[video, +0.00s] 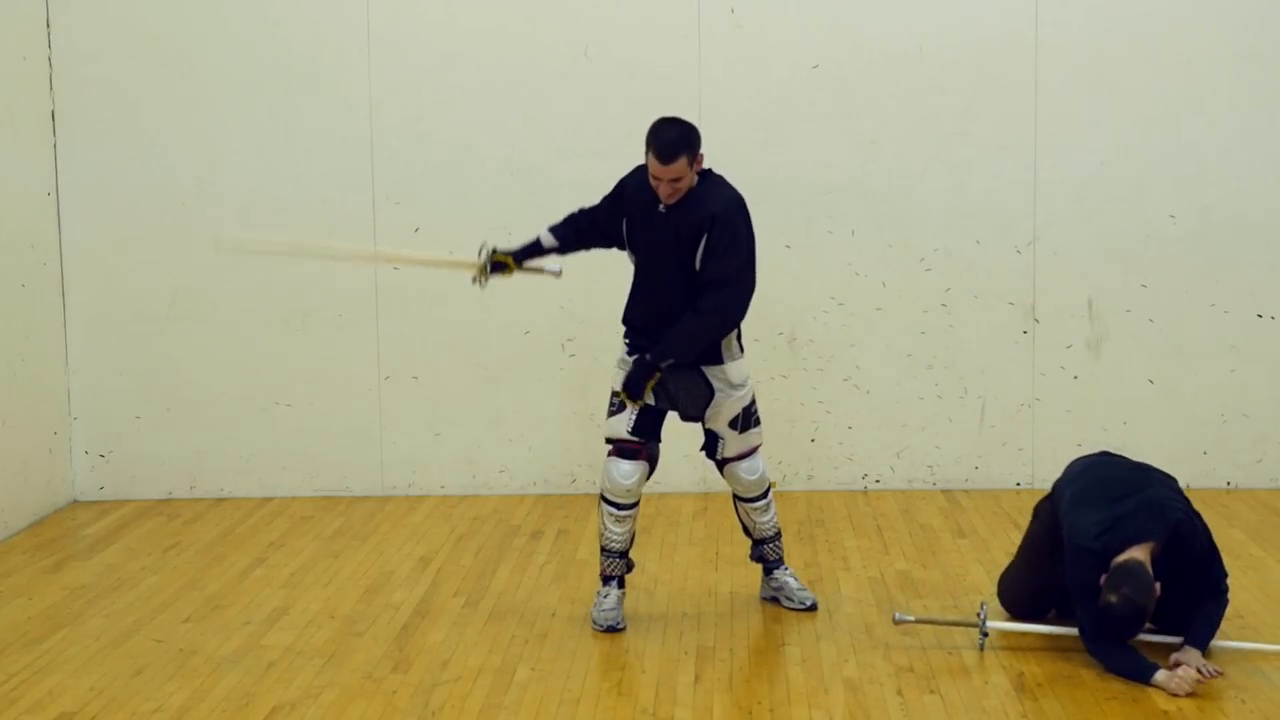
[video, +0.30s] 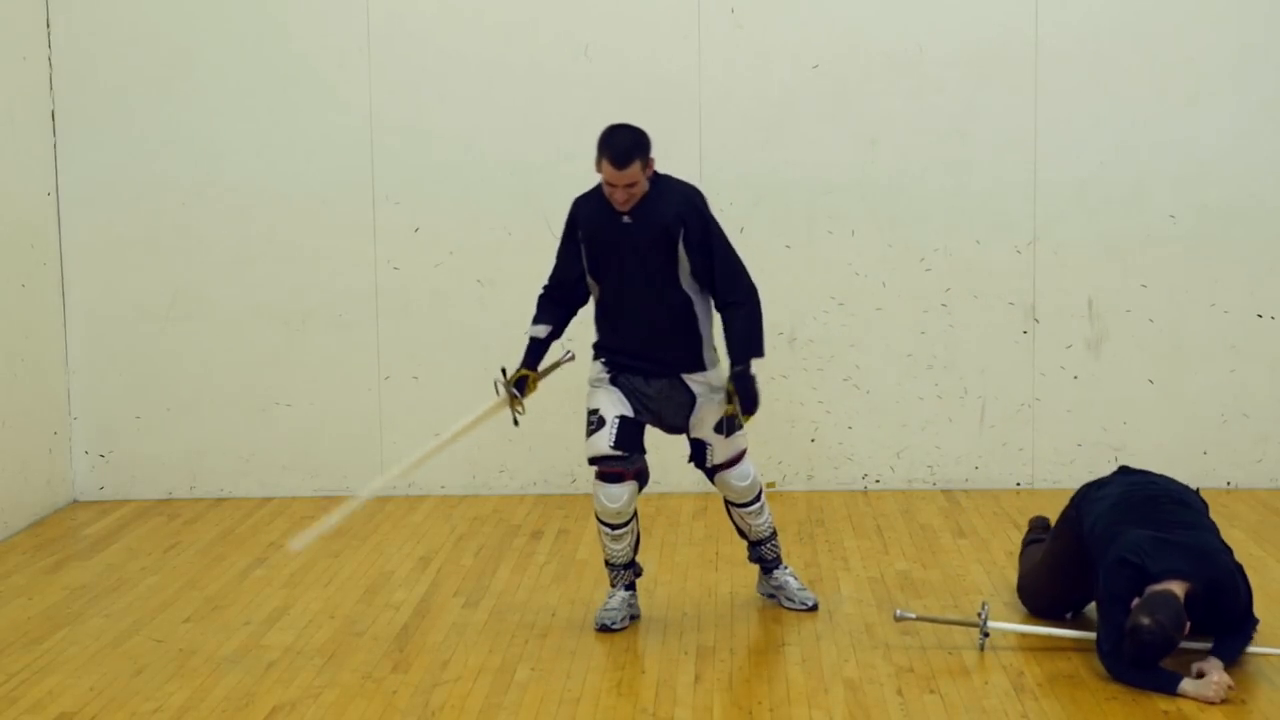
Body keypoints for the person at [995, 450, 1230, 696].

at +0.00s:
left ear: (1156, 593)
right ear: (1102, 581)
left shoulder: (1185, 532)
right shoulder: (1085, 549)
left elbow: (1216, 591)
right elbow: (1096, 639)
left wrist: (1194, 648)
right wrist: (1158, 676)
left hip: (1155, 484)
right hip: (1080, 482)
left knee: (1179, 619)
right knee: (1017, 602)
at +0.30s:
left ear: (1184, 630)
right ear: (1134, 604)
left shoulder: (1223, 579)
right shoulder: (1120, 573)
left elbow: (1242, 623)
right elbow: (1116, 660)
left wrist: (1218, 659)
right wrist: (1184, 686)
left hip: (1178, 499)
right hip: (1104, 497)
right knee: (1043, 605)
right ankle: (1038, 536)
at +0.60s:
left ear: (1180, 643)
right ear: (1134, 616)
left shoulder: (1228, 594)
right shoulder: (1124, 583)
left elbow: (1277, 666)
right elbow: (1112, 668)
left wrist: (1256, 693)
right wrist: (1181, 696)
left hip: (1194, 544)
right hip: (1112, 552)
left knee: (1276, 608)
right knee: (1067, 587)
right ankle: (1008, 541)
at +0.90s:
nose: (1166, 688)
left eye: (1169, 681)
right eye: (1157, 682)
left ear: (1190, 657)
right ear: (1139, 638)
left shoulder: (1229, 614)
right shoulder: (1127, 608)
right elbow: (1113, 682)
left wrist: (1267, 703)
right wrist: (1193, 703)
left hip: (1187, 565)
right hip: (1106, 581)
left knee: (1277, 598)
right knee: (1050, 568)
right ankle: (1001, 541)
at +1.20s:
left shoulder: (1227, 628)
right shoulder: (1122, 624)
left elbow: (1279, 678)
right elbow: (1111, 691)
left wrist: (1272, 705)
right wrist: (1199, 700)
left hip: (1182, 568)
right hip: (1104, 583)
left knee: (1276, 603)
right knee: (1050, 572)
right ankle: (1010, 551)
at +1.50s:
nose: (1130, 662)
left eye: (1136, 664)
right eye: (1137, 658)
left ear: (1194, 667)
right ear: (1149, 639)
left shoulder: (1225, 629)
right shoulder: (1124, 623)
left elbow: (1279, 678)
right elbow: (1110, 691)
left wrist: (1270, 705)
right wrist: (1199, 703)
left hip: (1181, 568)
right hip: (1104, 583)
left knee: (1275, 604)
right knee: (1048, 572)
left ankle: (1220, 574)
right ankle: (1010, 552)